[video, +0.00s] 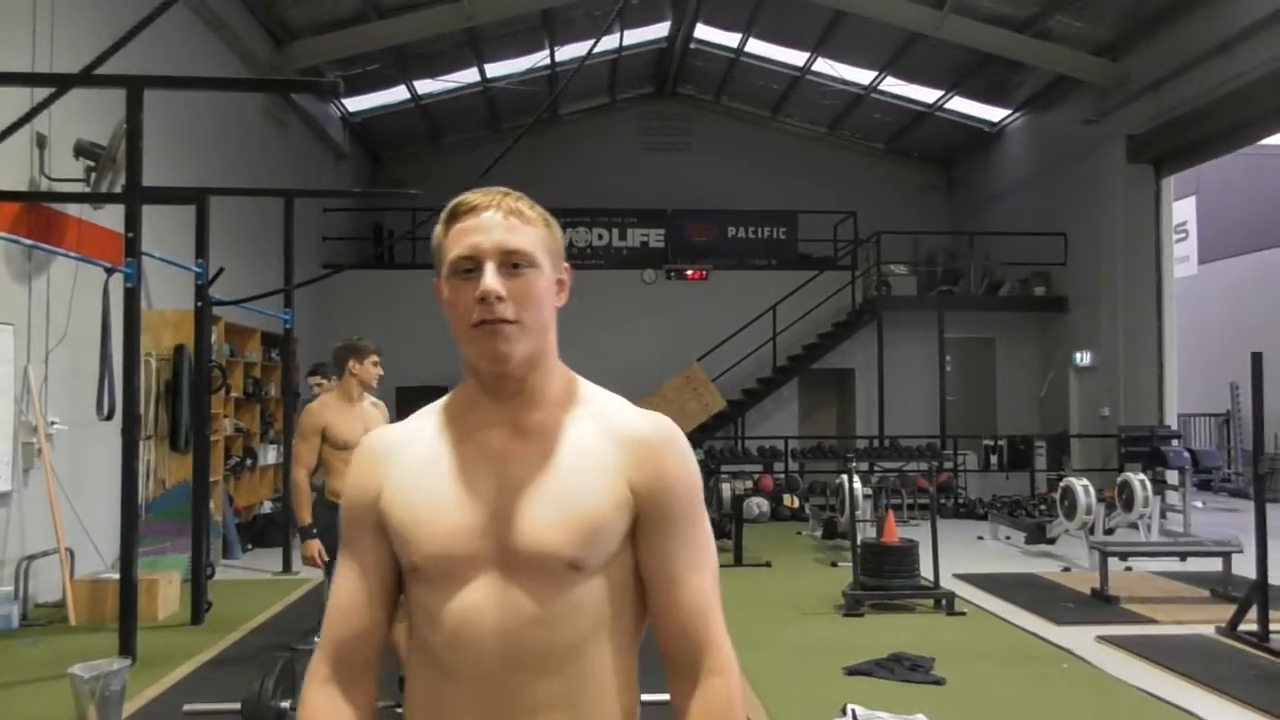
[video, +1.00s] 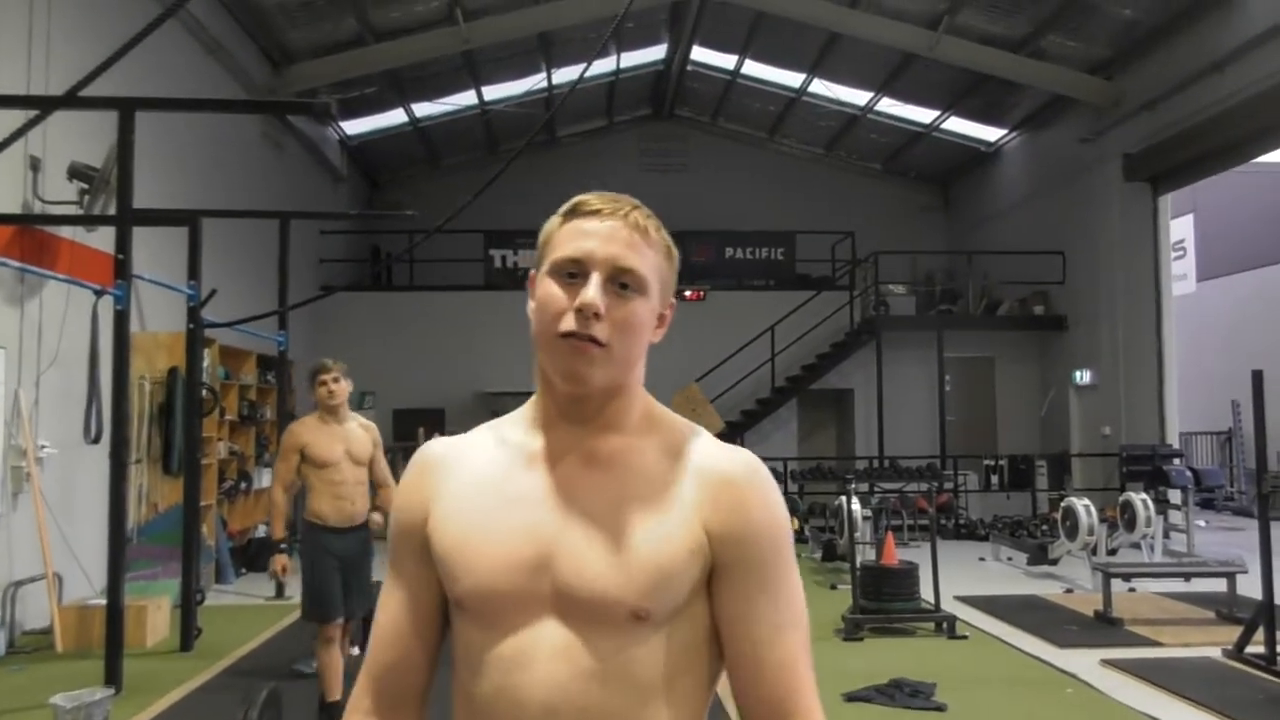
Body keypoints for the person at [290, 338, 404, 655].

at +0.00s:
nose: (380, 372)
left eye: (380, 365)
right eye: (375, 365)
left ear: (359, 368)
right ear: (353, 367)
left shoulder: (379, 409)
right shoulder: (318, 411)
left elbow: (384, 459)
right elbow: (300, 473)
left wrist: (392, 505)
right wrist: (307, 533)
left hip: (374, 508)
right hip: (336, 510)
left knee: (379, 586)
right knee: (341, 590)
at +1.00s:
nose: (330, 388)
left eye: (335, 381)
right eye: (322, 384)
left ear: (349, 386)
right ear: (314, 393)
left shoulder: (367, 430)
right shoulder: (299, 432)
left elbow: (385, 483)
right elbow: (280, 488)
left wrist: (384, 513)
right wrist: (279, 546)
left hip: (359, 533)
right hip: (319, 534)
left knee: (346, 626)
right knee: (330, 630)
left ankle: (331, 702)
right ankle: (333, 708)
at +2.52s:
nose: (230, 437)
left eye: (236, 430)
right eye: (222, 432)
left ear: (247, 434)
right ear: (211, 439)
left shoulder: (271, 475)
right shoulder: (196, 486)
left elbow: (288, 530)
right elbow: (174, 545)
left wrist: (298, 582)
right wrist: (177, 602)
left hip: (269, 586)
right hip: (222, 591)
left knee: (284, 676)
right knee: (226, 684)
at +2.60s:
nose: (232, 439)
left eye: (238, 432)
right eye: (223, 434)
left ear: (248, 437)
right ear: (211, 441)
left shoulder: (269, 478)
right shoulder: (196, 487)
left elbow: (287, 534)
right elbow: (177, 546)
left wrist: (302, 585)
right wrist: (180, 603)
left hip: (266, 590)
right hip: (220, 594)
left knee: (278, 680)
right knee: (225, 686)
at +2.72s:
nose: (237, 442)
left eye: (242, 435)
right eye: (228, 436)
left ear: (251, 441)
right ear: (212, 444)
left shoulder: (270, 482)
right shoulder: (197, 491)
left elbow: (287, 538)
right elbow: (177, 548)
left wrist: (305, 591)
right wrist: (185, 608)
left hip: (266, 596)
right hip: (220, 599)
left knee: (275, 686)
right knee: (224, 694)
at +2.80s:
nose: (244, 444)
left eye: (249, 437)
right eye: (234, 438)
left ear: (255, 443)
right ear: (217, 446)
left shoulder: (271, 485)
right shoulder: (200, 491)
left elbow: (286, 541)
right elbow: (177, 548)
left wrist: (305, 594)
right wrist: (188, 609)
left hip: (267, 598)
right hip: (222, 601)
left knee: (277, 688)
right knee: (225, 697)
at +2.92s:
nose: (253, 446)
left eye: (258, 441)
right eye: (245, 440)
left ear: (263, 446)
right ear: (225, 446)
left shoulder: (273, 489)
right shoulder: (204, 492)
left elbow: (285, 547)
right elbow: (179, 550)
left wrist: (303, 599)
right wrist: (187, 612)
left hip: (269, 601)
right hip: (224, 604)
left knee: (278, 690)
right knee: (226, 700)